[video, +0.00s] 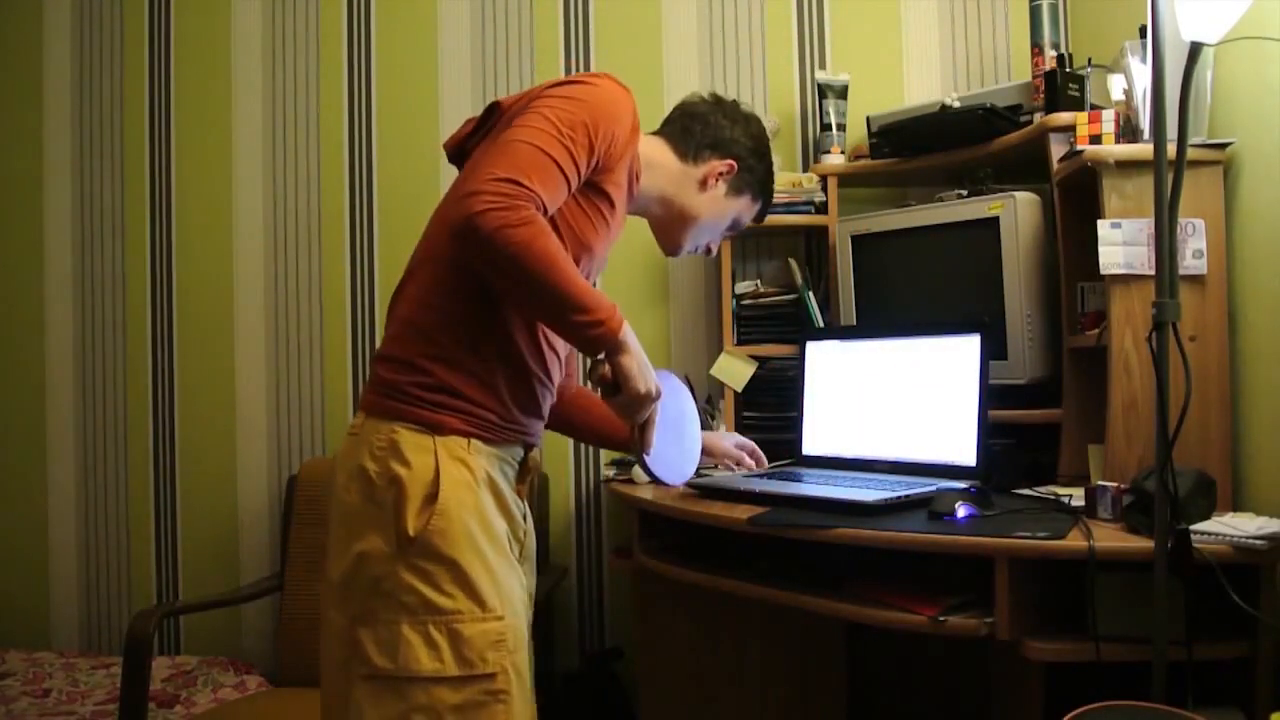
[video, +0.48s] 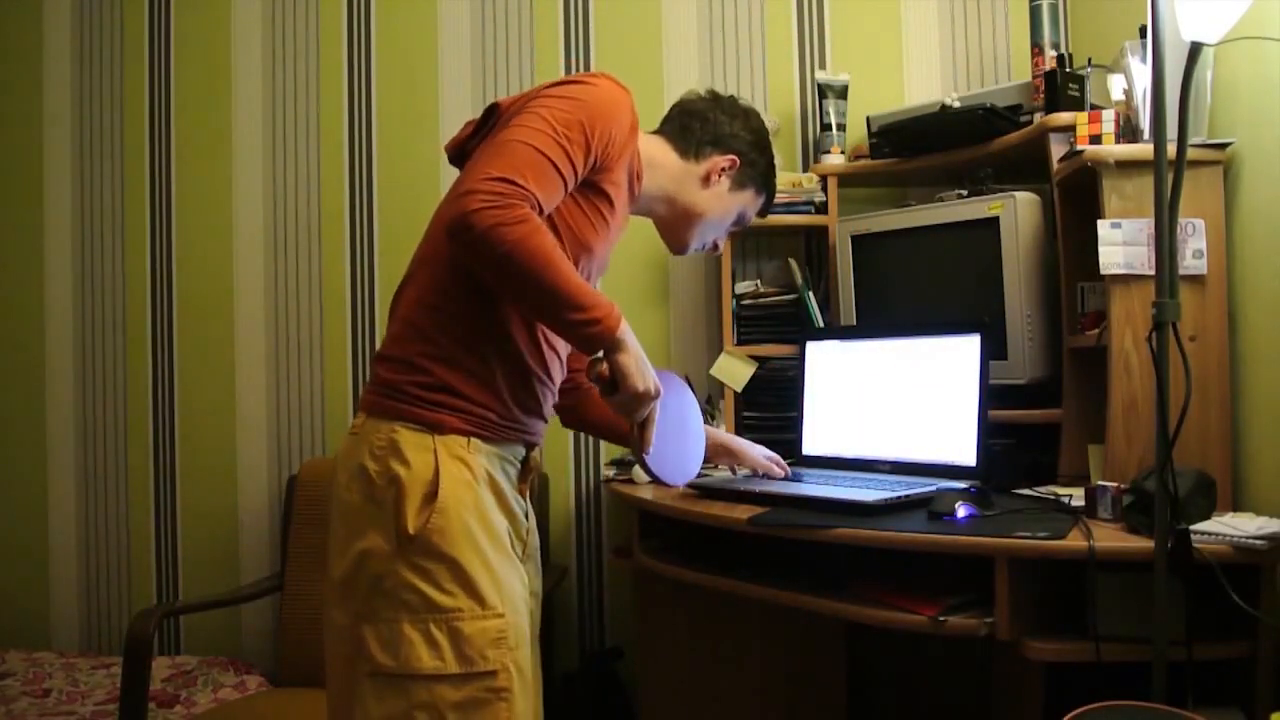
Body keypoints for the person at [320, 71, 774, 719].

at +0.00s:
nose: (715, 245)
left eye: (729, 234)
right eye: (731, 225)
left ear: (711, 176)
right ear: (717, 175)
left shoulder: (594, 210)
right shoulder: (604, 103)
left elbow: (547, 389)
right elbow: (491, 206)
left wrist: (684, 439)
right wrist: (616, 338)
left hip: (484, 478)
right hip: (430, 471)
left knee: (494, 698)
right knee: (466, 704)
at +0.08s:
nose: (715, 245)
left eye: (730, 234)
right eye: (731, 224)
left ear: (711, 176)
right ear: (717, 175)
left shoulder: (594, 212)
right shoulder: (603, 103)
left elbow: (557, 392)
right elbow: (488, 206)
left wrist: (688, 443)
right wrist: (615, 337)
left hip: (486, 477)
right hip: (430, 471)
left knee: (500, 698)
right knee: (465, 704)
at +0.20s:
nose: (717, 244)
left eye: (731, 233)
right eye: (732, 223)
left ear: (713, 173)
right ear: (718, 173)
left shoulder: (596, 212)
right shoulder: (603, 102)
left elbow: (562, 389)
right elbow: (487, 206)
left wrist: (693, 444)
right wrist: (613, 334)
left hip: (487, 477)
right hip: (430, 471)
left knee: (504, 698)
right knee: (469, 704)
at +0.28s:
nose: (718, 244)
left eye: (732, 232)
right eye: (733, 222)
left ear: (713, 172)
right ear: (718, 172)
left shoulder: (596, 210)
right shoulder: (602, 101)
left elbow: (561, 387)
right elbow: (487, 207)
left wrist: (695, 444)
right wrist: (614, 334)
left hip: (486, 477)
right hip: (429, 470)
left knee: (504, 699)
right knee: (469, 704)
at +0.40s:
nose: (720, 243)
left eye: (734, 230)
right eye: (736, 220)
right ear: (720, 170)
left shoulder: (597, 212)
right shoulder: (602, 101)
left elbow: (566, 388)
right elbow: (488, 208)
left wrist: (703, 441)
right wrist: (614, 335)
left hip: (488, 476)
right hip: (429, 469)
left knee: (504, 699)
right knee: (469, 704)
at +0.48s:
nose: (721, 243)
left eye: (736, 230)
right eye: (737, 220)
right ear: (721, 170)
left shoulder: (598, 212)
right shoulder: (603, 102)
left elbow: (567, 386)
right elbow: (489, 208)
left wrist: (705, 441)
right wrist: (615, 336)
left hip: (488, 475)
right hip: (430, 468)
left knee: (503, 699)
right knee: (470, 704)